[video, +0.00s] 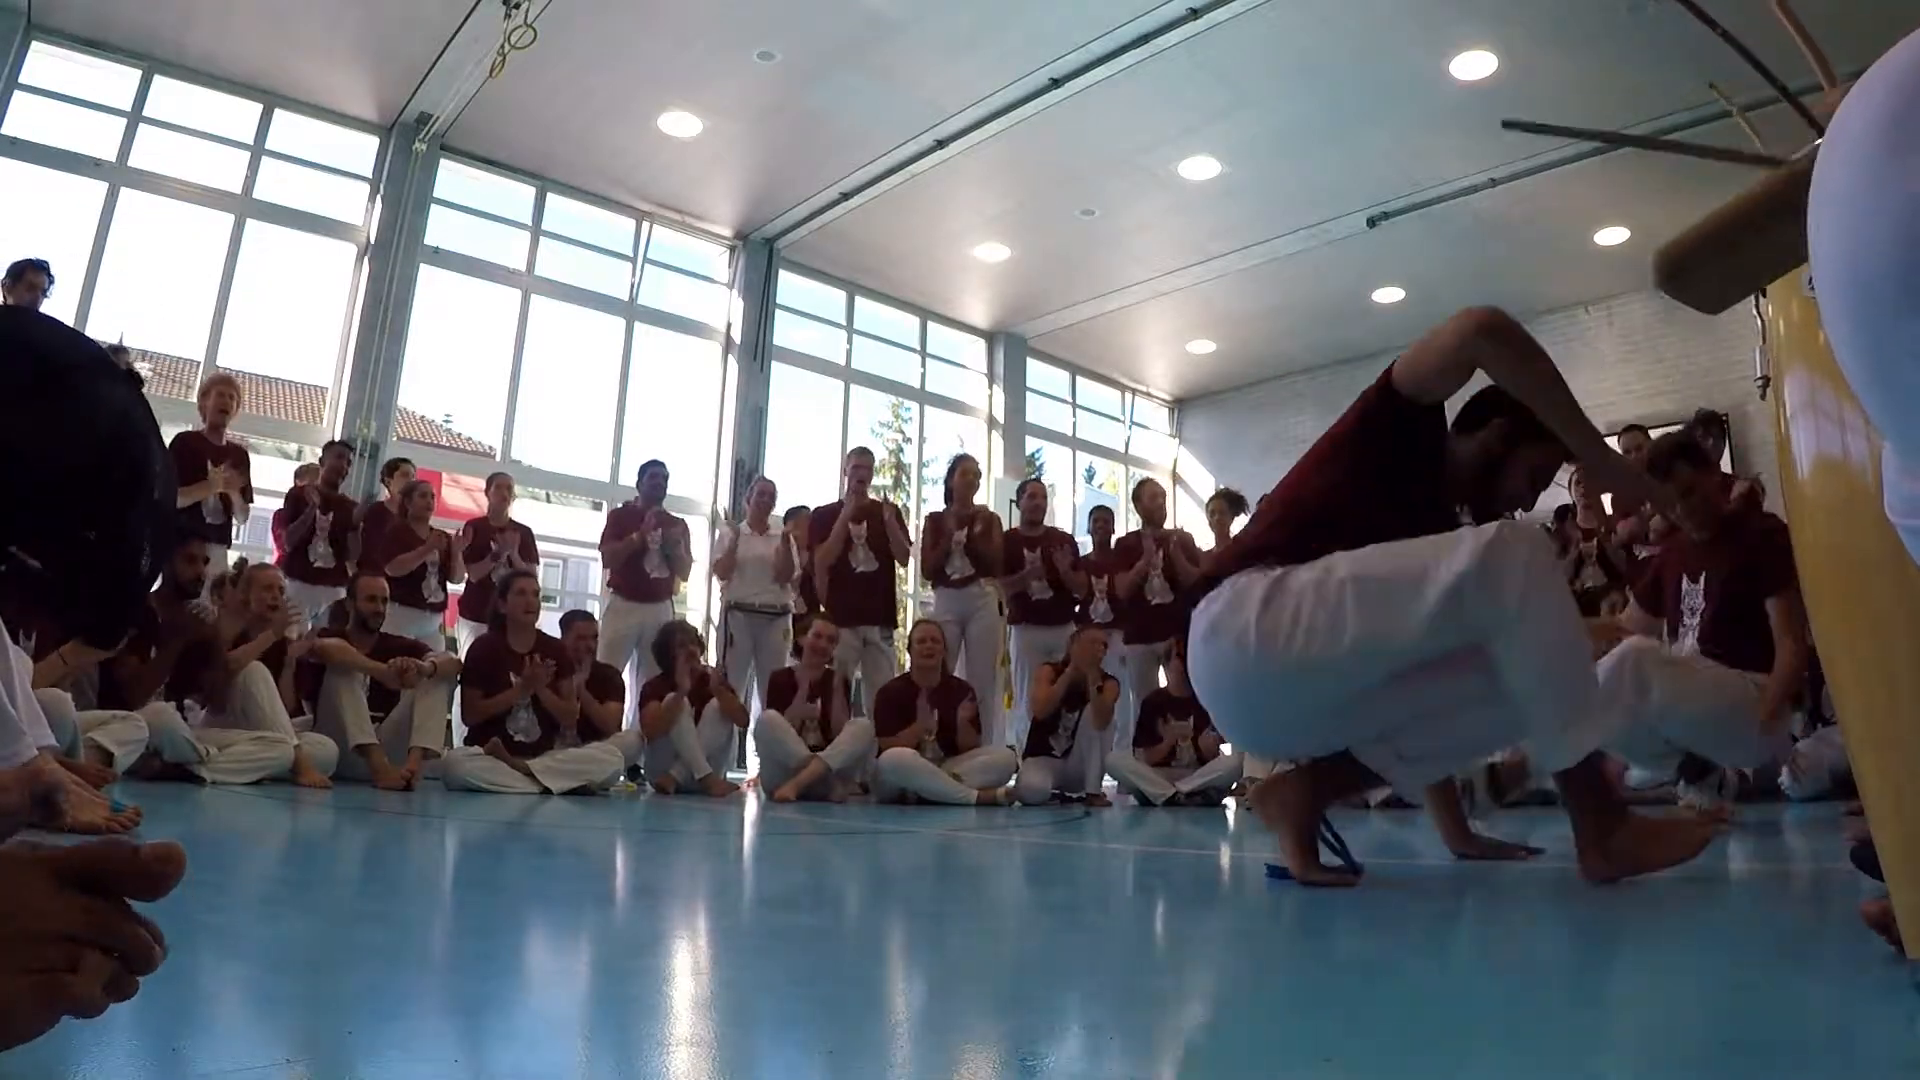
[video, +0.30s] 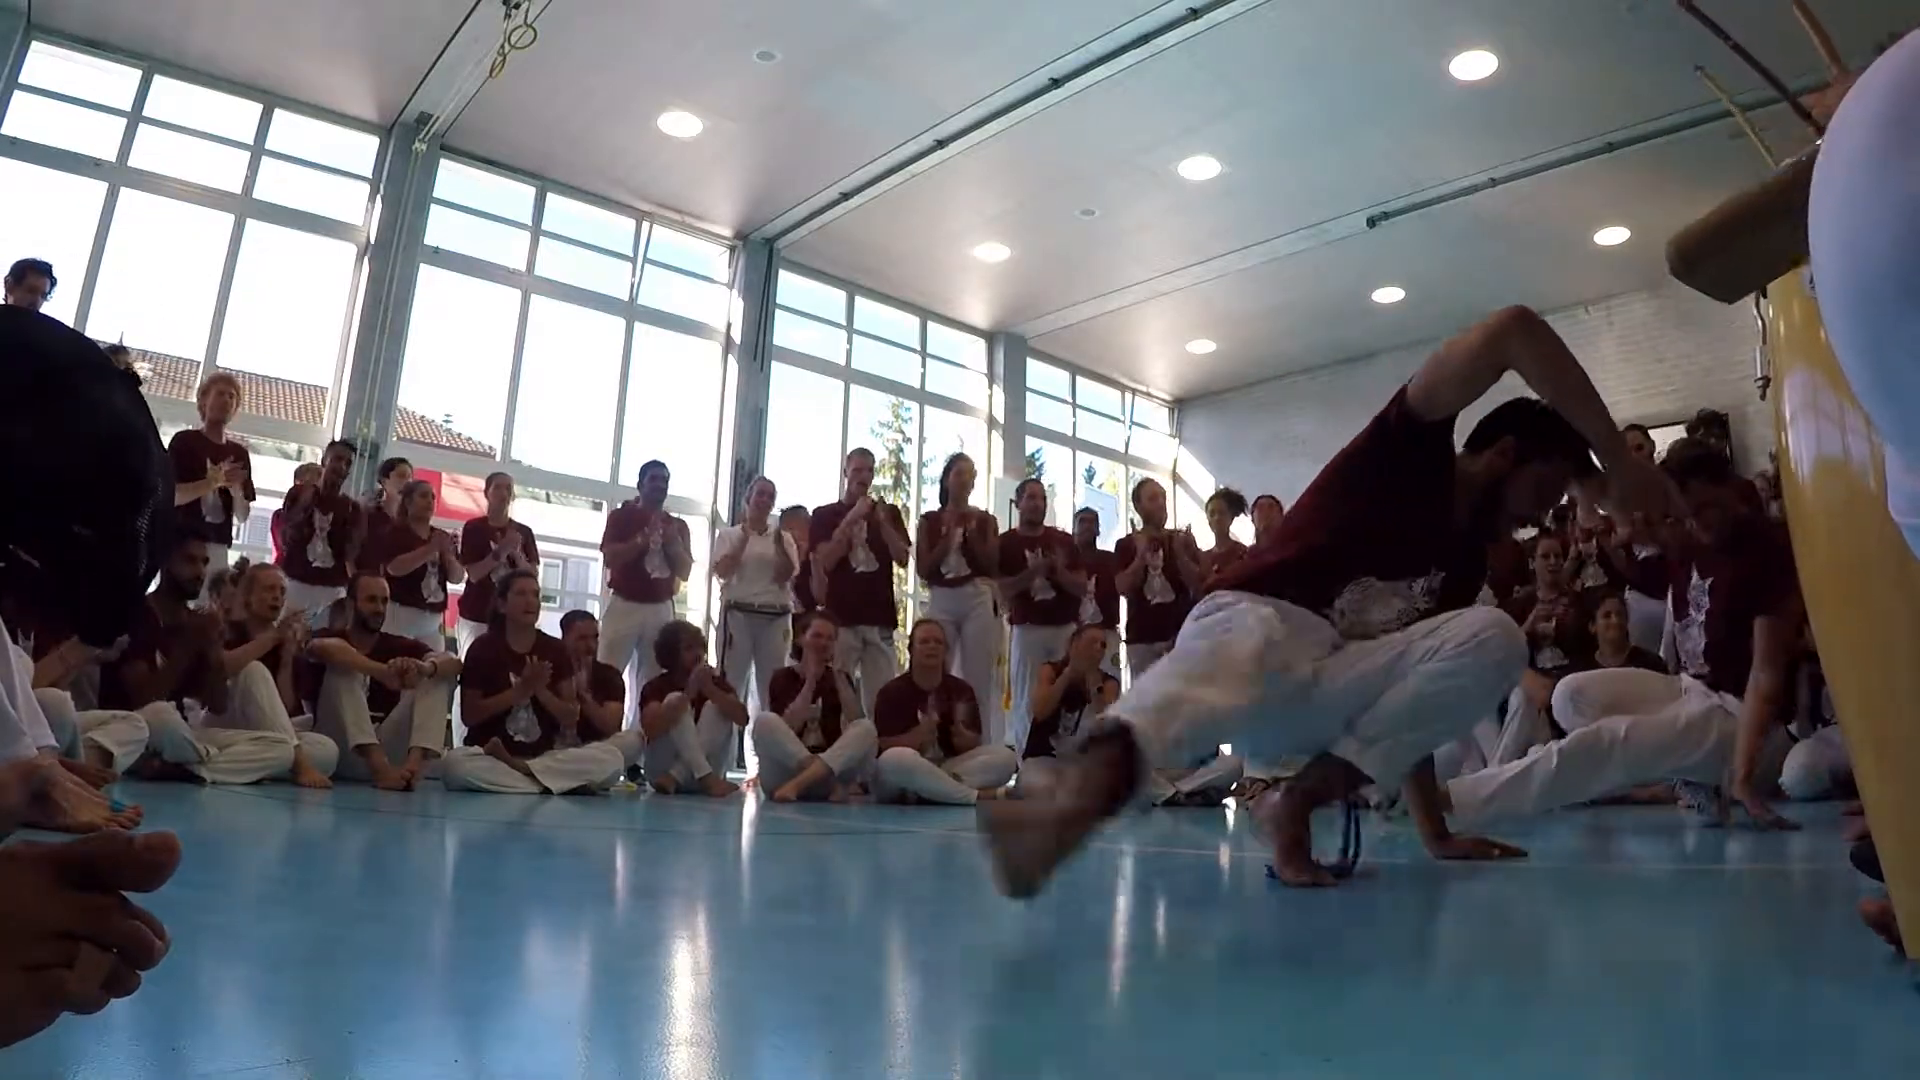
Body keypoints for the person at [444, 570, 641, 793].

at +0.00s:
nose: (531, 601)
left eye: (536, 595)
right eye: (521, 594)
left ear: (542, 601)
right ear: (502, 604)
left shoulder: (556, 649)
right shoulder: (483, 647)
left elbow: (570, 716)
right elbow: (470, 715)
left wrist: (539, 689)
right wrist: (521, 690)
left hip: (546, 756)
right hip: (489, 755)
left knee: (612, 759)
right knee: (455, 766)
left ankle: (524, 766)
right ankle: (549, 786)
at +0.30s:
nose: (531, 601)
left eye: (536, 595)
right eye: (521, 595)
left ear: (542, 602)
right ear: (501, 604)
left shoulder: (556, 649)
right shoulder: (482, 647)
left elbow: (571, 717)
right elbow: (470, 715)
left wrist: (539, 690)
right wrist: (520, 691)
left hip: (546, 755)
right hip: (489, 754)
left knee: (612, 759)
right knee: (454, 766)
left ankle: (524, 766)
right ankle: (550, 786)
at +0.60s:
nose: (531, 602)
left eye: (535, 595)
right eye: (521, 595)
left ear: (541, 602)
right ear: (501, 604)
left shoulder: (556, 649)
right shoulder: (482, 647)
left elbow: (570, 717)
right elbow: (469, 715)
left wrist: (538, 690)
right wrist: (519, 692)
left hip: (546, 755)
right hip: (489, 754)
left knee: (612, 759)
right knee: (454, 766)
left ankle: (524, 766)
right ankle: (549, 786)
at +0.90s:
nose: (531, 603)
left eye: (536, 596)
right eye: (521, 596)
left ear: (541, 602)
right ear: (501, 605)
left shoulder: (557, 649)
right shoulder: (482, 648)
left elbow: (570, 718)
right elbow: (469, 716)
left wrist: (537, 690)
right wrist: (520, 692)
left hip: (547, 755)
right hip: (489, 754)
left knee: (612, 759)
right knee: (454, 765)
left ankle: (523, 766)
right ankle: (549, 786)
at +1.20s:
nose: (530, 603)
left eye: (534, 596)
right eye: (520, 596)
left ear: (541, 602)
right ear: (501, 604)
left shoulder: (556, 649)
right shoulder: (482, 648)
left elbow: (570, 717)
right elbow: (469, 716)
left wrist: (538, 690)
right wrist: (521, 690)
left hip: (546, 757)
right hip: (490, 757)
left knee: (612, 759)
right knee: (454, 765)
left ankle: (521, 767)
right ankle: (547, 786)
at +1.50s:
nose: (530, 604)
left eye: (535, 597)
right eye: (520, 598)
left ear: (540, 603)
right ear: (501, 606)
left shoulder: (555, 648)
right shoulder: (482, 649)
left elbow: (569, 717)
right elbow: (470, 717)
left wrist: (539, 690)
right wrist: (523, 691)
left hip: (546, 757)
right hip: (490, 756)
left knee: (613, 759)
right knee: (454, 766)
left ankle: (525, 767)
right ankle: (544, 786)